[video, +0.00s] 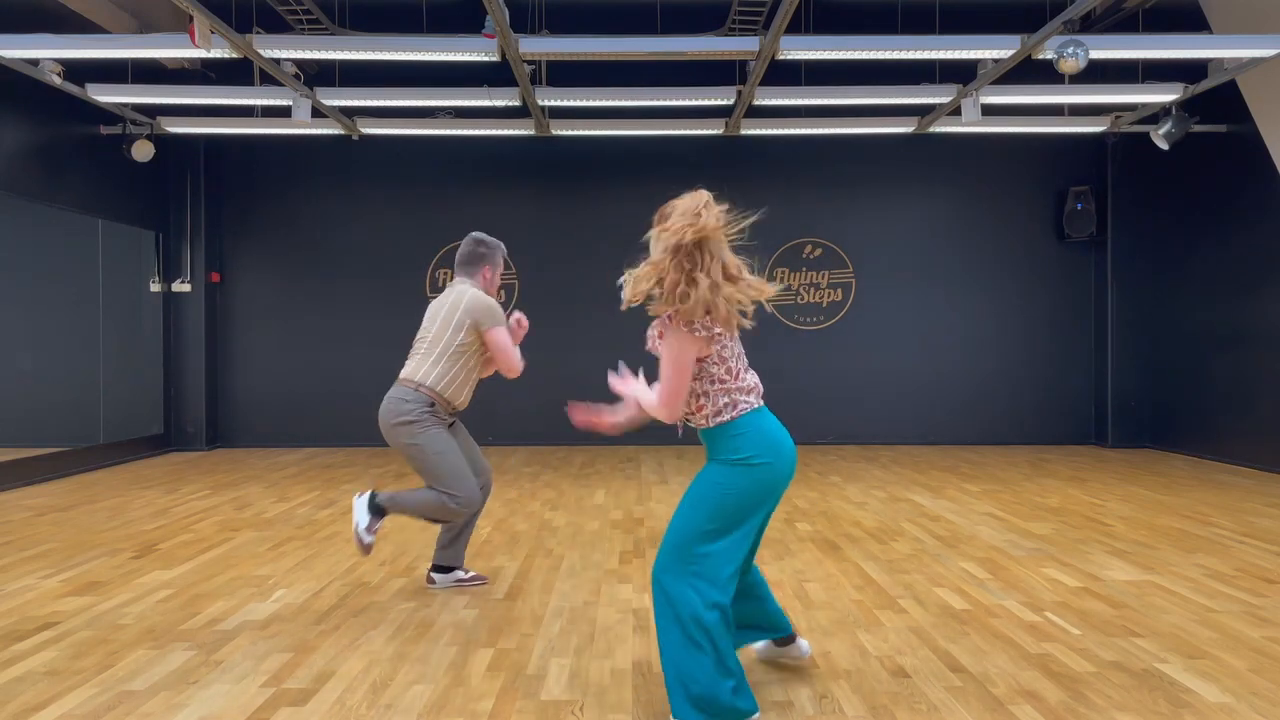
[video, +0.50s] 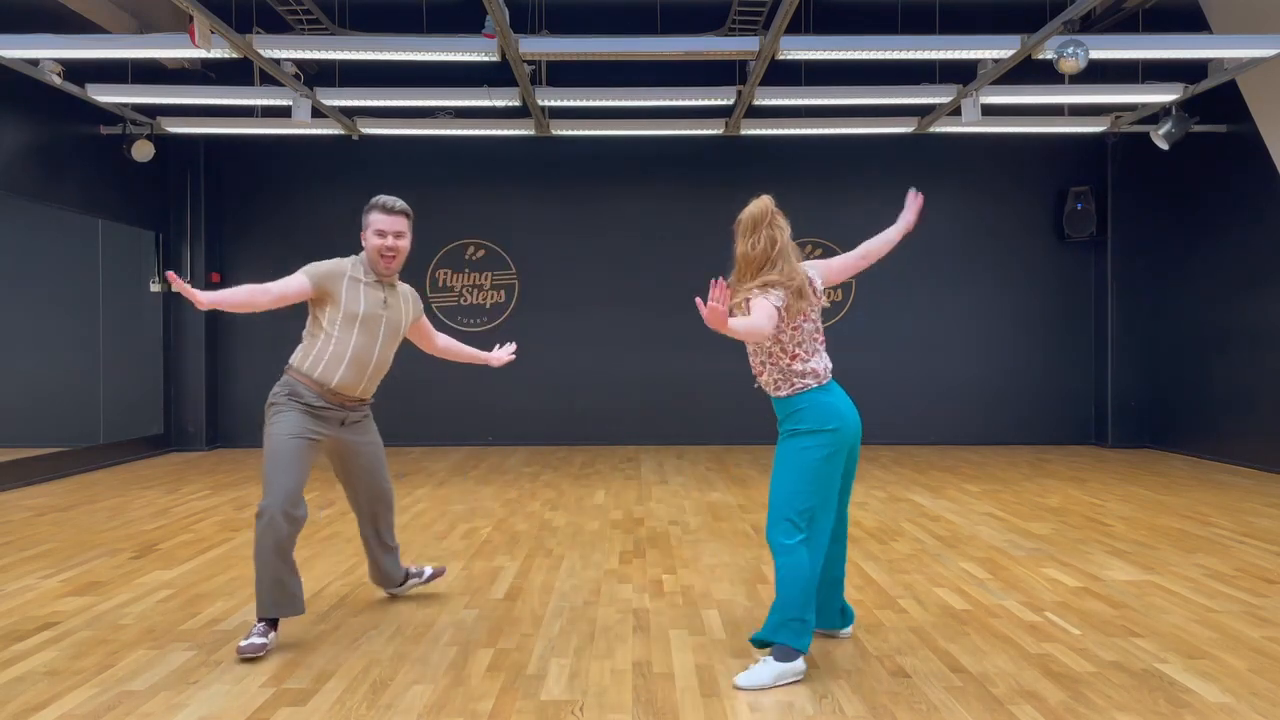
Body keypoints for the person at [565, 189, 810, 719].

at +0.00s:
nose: (656, 258)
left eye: (659, 249)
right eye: (659, 249)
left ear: (665, 257)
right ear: (713, 253)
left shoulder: (685, 321)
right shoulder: (709, 308)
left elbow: (668, 410)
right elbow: (672, 389)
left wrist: (636, 391)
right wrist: (621, 418)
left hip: (743, 456)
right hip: (765, 446)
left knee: (677, 572)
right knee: (726, 553)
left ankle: (716, 706)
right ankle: (781, 637)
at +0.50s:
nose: (738, 248)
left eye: (740, 240)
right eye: (746, 240)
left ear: (745, 244)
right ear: (785, 239)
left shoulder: (764, 289)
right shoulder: (808, 273)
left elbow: (762, 327)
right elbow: (859, 257)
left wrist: (721, 324)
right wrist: (903, 225)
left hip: (809, 422)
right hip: (837, 414)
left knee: (788, 530)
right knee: (828, 522)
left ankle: (788, 652)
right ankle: (830, 613)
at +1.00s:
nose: (769, 233)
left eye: (769, 228)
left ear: (772, 231)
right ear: (812, 229)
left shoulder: (757, 278)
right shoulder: (831, 269)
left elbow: (755, 314)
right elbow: (839, 308)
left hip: (786, 392)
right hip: (838, 388)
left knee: (781, 485)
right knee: (844, 497)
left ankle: (832, 502)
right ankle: (845, 604)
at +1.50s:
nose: (735, 254)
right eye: (734, 249)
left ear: (694, 254)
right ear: (731, 255)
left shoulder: (673, 292)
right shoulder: (742, 298)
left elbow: (625, 287)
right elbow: (782, 285)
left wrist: (588, 271)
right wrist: (815, 264)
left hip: (663, 397)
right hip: (707, 401)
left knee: (648, 486)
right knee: (739, 491)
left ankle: (627, 567)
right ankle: (782, 580)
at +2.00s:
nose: (570, 210)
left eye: (574, 198)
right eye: (570, 200)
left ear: (602, 193)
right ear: (602, 195)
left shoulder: (656, 218)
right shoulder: (592, 254)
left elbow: (587, 258)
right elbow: (571, 315)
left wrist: (523, 255)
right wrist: (561, 270)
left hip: (704, 381)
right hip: (643, 391)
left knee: (692, 498)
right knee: (609, 489)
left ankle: (701, 624)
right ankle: (656, 599)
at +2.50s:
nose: (632, 193)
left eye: (643, 183)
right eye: (626, 183)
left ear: (671, 185)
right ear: (622, 186)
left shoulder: (694, 233)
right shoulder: (645, 238)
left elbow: (758, 277)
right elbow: (662, 287)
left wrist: (751, 345)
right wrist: (636, 310)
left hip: (723, 362)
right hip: (681, 367)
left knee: (683, 462)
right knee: (650, 457)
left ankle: (734, 563)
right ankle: (729, 533)